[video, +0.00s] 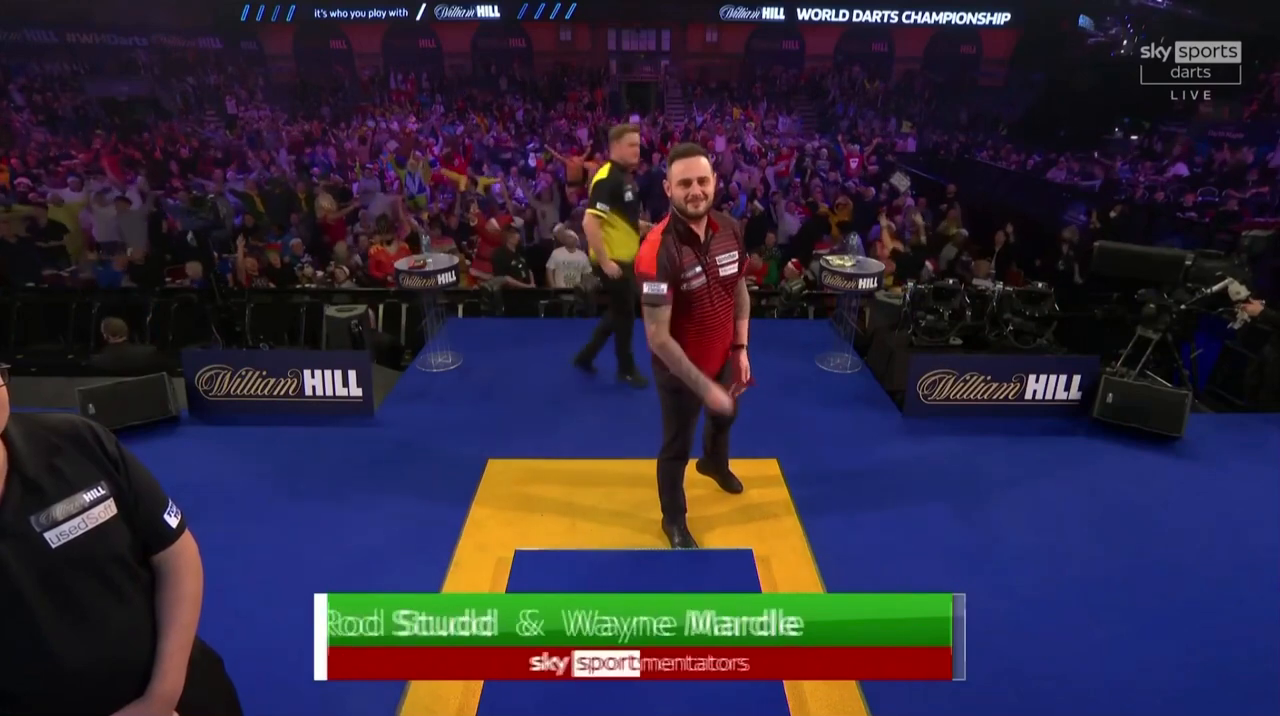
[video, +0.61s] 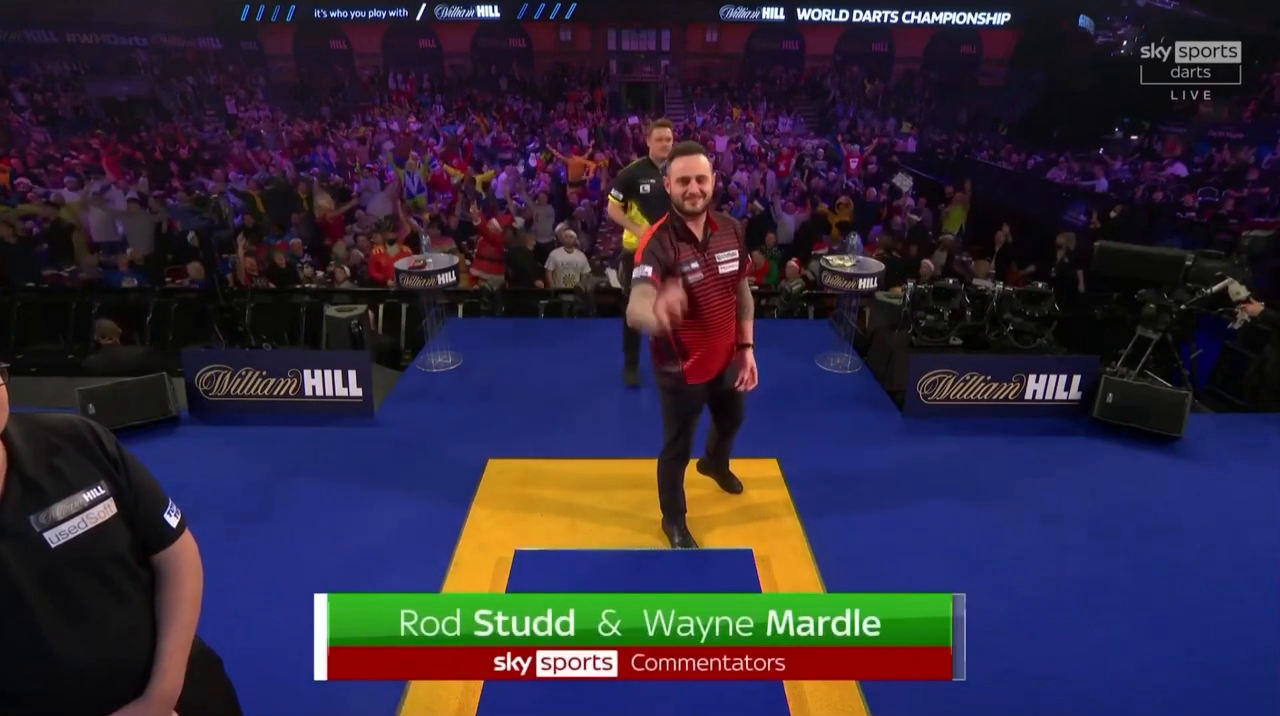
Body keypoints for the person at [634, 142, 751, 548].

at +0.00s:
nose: (695, 190)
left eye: (703, 181)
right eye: (684, 183)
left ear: (714, 184)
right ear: (668, 190)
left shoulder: (727, 229)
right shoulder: (657, 251)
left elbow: (740, 290)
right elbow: (657, 336)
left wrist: (741, 349)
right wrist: (705, 387)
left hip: (722, 353)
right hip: (681, 363)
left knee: (725, 410)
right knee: (678, 445)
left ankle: (714, 461)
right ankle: (674, 519)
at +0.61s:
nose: (693, 188)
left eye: (701, 179)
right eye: (683, 180)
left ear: (713, 183)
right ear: (667, 187)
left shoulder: (729, 229)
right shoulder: (657, 242)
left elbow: (743, 289)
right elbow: (636, 310)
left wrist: (747, 347)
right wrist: (659, 316)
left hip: (724, 354)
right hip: (680, 364)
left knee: (731, 416)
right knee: (679, 445)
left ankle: (714, 462)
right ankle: (674, 520)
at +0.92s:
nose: (690, 190)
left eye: (698, 180)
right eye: (679, 182)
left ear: (710, 184)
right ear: (663, 190)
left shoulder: (729, 229)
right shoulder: (657, 243)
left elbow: (746, 289)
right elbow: (633, 306)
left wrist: (751, 348)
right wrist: (647, 242)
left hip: (729, 357)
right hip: (685, 367)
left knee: (734, 419)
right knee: (681, 447)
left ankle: (715, 463)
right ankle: (674, 521)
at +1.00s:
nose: (690, 191)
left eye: (697, 181)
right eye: (679, 183)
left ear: (710, 185)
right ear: (663, 191)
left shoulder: (729, 230)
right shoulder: (657, 243)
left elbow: (746, 289)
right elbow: (633, 306)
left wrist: (751, 348)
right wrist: (648, 240)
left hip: (729, 357)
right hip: (685, 367)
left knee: (734, 419)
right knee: (681, 447)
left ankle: (715, 463)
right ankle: (675, 522)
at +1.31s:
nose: (693, 197)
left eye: (701, 187)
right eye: (682, 190)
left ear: (714, 191)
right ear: (666, 197)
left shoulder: (734, 236)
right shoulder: (659, 253)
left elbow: (751, 296)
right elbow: (636, 321)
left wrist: (754, 356)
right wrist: (655, 248)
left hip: (731, 364)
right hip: (685, 375)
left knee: (739, 426)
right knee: (681, 450)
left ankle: (719, 463)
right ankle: (674, 520)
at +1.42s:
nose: (698, 198)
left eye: (706, 188)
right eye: (687, 190)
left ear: (718, 192)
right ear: (671, 197)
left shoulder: (735, 237)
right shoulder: (665, 248)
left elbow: (751, 301)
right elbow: (652, 307)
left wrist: (754, 361)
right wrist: (665, 265)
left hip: (730, 364)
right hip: (685, 372)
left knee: (747, 433)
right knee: (682, 452)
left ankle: (722, 468)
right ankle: (674, 520)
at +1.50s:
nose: (703, 195)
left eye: (711, 185)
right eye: (691, 188)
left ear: (722, 189)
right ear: (674, 195)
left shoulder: (735, 237)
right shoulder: (669, 248)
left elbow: (749, 301)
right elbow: (674, 294)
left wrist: (756, 363)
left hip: (731, 366)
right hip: (688, 372)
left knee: (752, 436)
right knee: (684, 453)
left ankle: (725, 477)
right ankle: (674, 521)